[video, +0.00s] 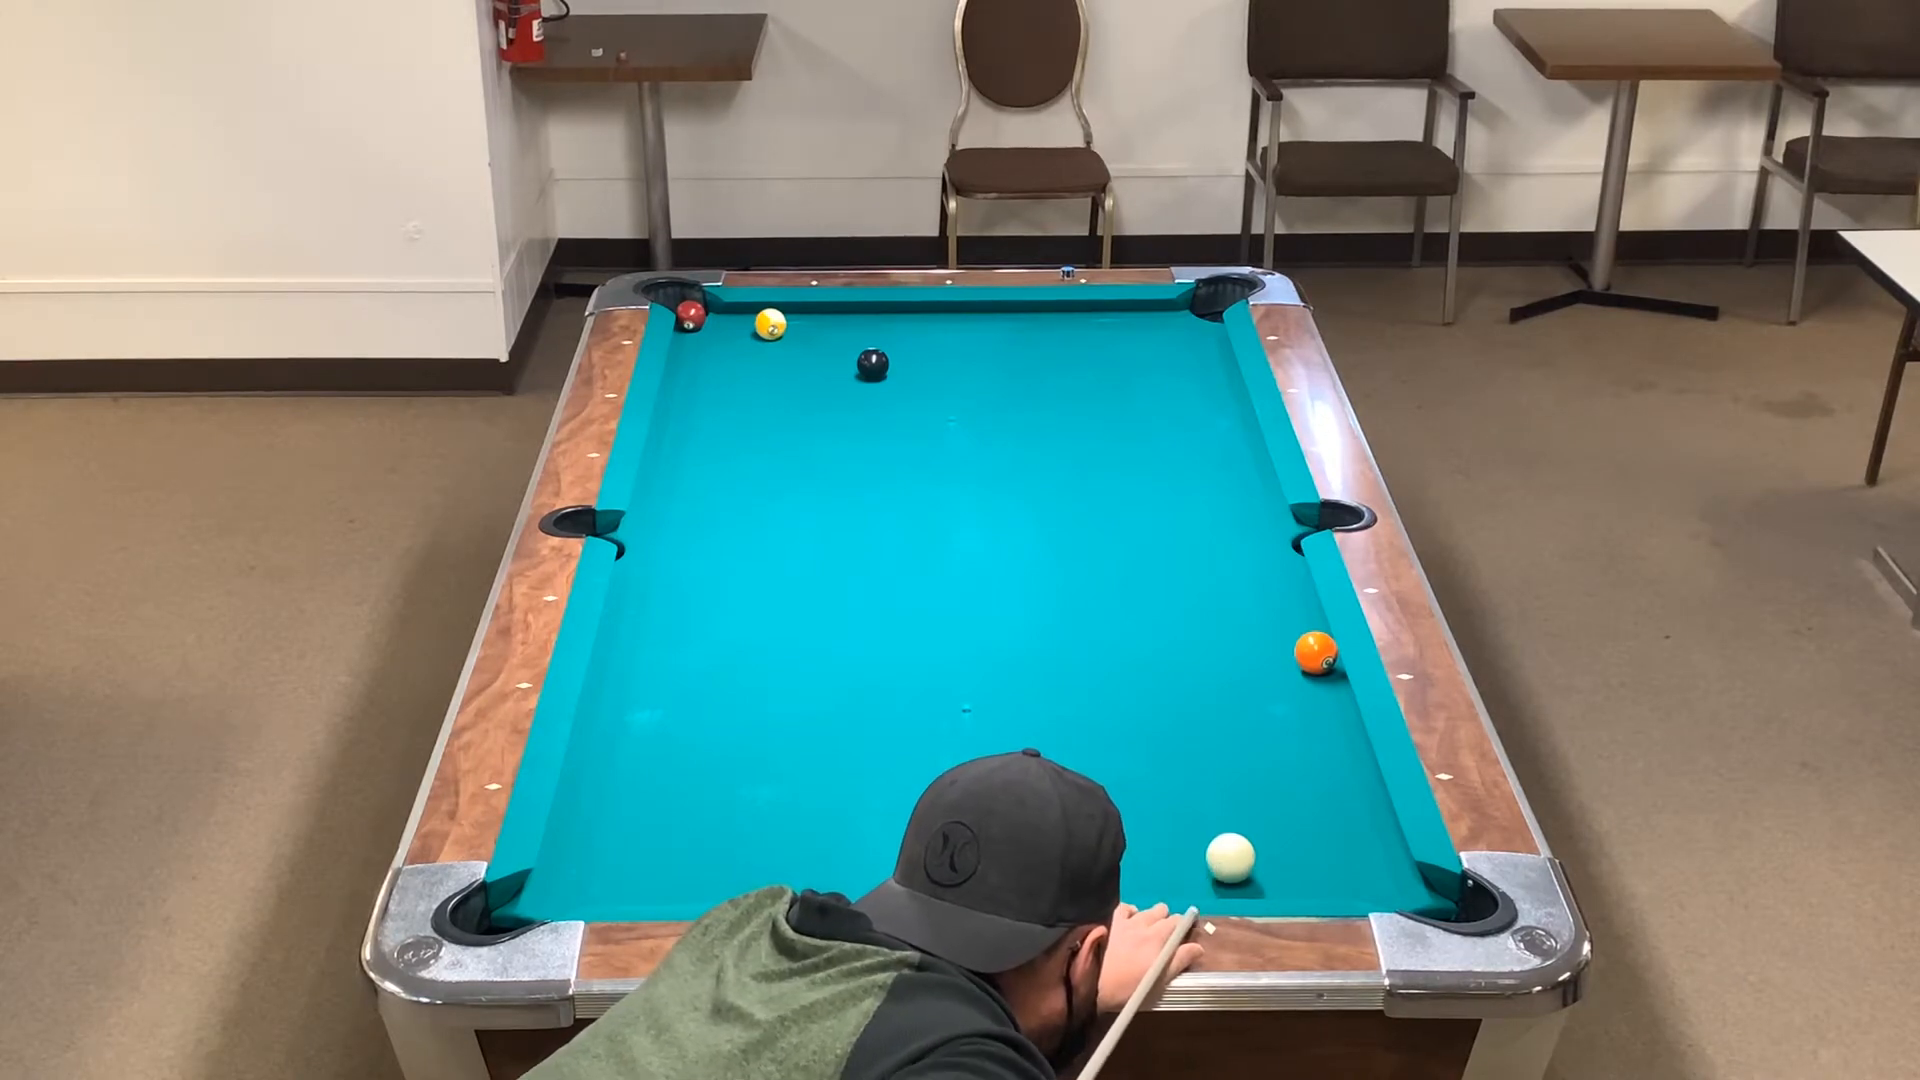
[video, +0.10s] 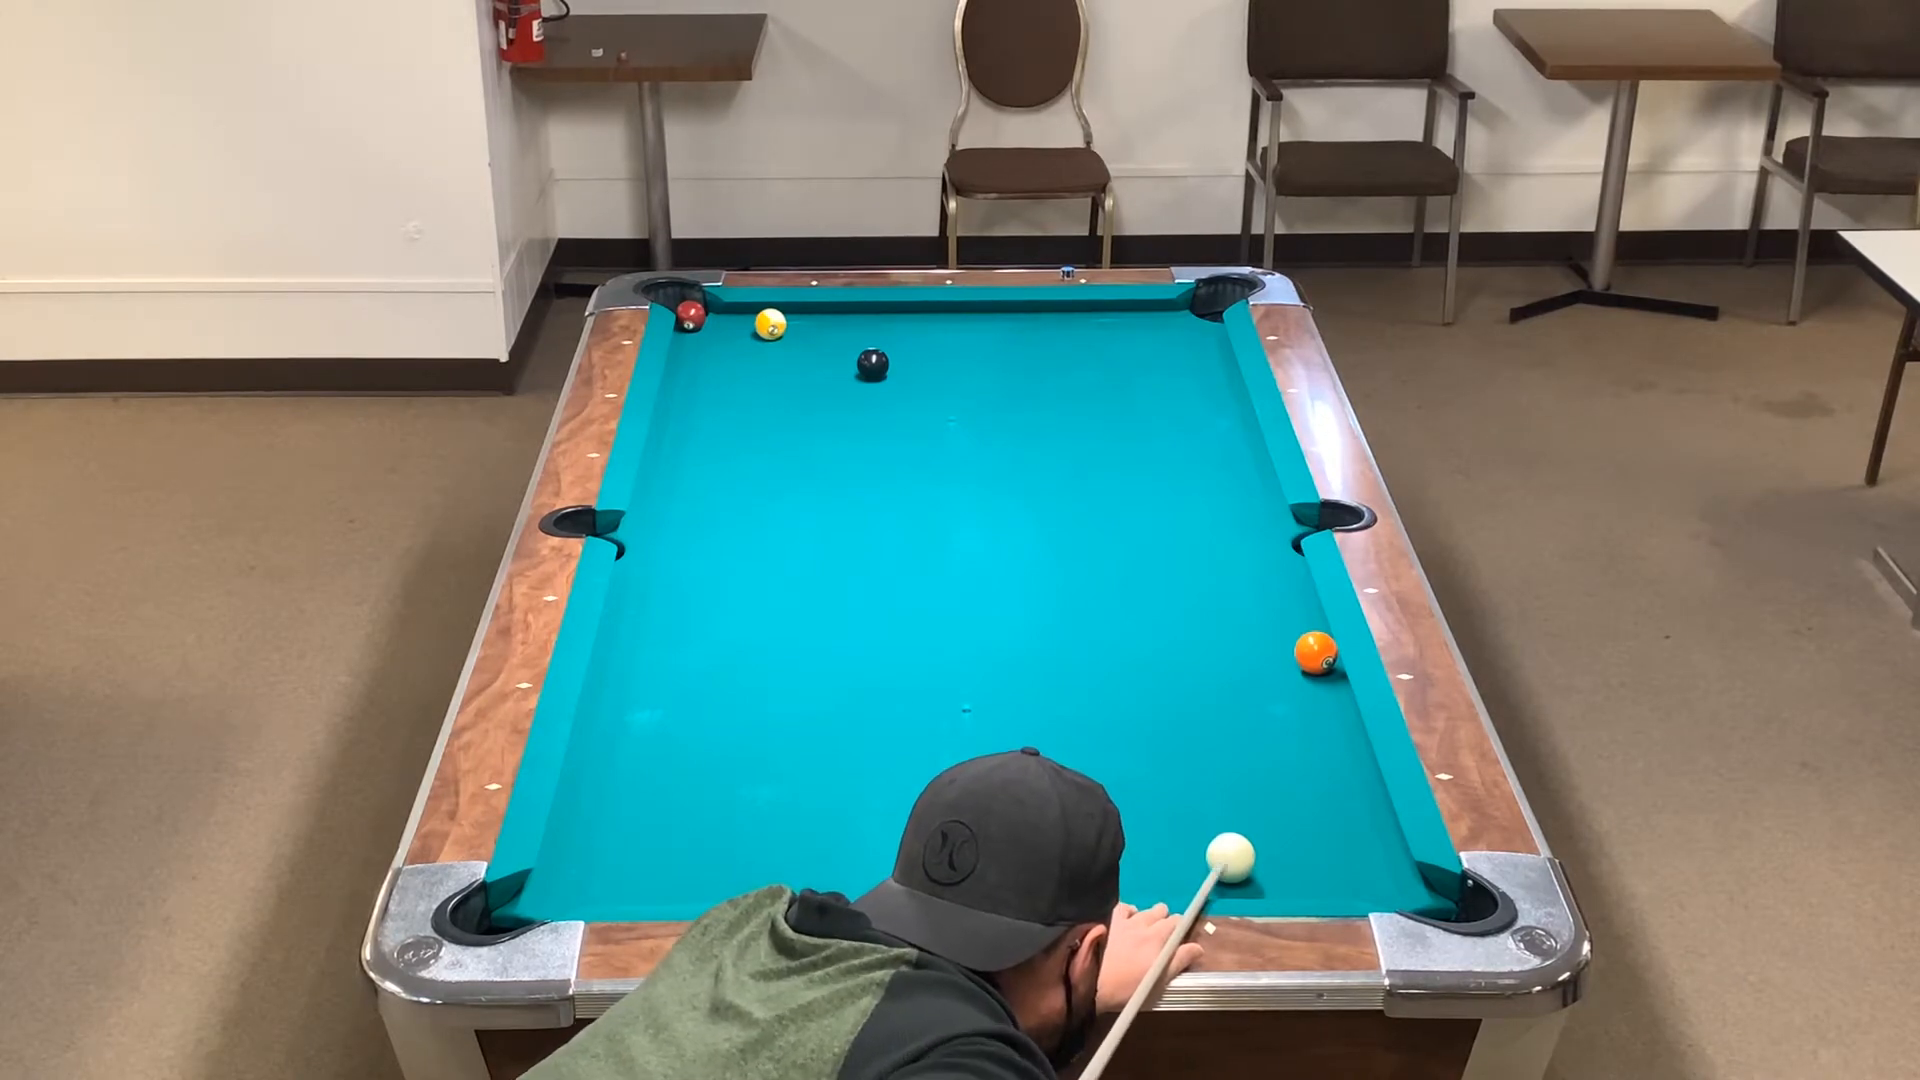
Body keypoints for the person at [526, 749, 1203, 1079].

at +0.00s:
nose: (1108, 940)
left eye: (1107, 929)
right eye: (1107, 928)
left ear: (908, 873)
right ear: (1082, 958)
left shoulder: (750, 916)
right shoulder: (969, 1057)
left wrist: (1076, 994)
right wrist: (1100, 1016)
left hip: (558, 1063)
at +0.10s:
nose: (1107, 939)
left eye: (1107, 927)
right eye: (1108, 926)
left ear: (908, 872)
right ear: (1082, 955)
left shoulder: (749, 917)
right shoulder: (971, 1056)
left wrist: (1074, 987)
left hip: (559, 1062)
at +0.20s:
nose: (1105, 936)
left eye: (1103, 926)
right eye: (1104, 925)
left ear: (906, 869)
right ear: (1079, 954)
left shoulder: (749, 915)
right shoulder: (956, 1055)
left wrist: (1070, 991)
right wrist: (1100, 1015)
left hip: (555, 1063)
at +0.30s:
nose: (1101, 941)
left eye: (1102, 931)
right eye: (1102, 929)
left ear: (905, 866)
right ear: (1078, 950)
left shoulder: (749, 911)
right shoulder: (961, 1056)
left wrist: (1069, 989)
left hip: (548, 1064)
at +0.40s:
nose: (1098, 935)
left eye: (1100, 926)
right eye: (1098, 923)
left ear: (904, 858)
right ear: (1076, 944)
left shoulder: (750, 908)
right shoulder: (959, 1053)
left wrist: (1068, 990)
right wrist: (1088, 1004)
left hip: (547, 1063)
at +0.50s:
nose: (1092, 935)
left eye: (1095, 925)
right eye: (1092, 921)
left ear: (903, 850)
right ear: (1073, 940)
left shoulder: (749, 905)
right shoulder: (958, 1050)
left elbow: (904, 993)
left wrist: (1066, 990)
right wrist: (1093, 1001)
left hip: (548, 1063)